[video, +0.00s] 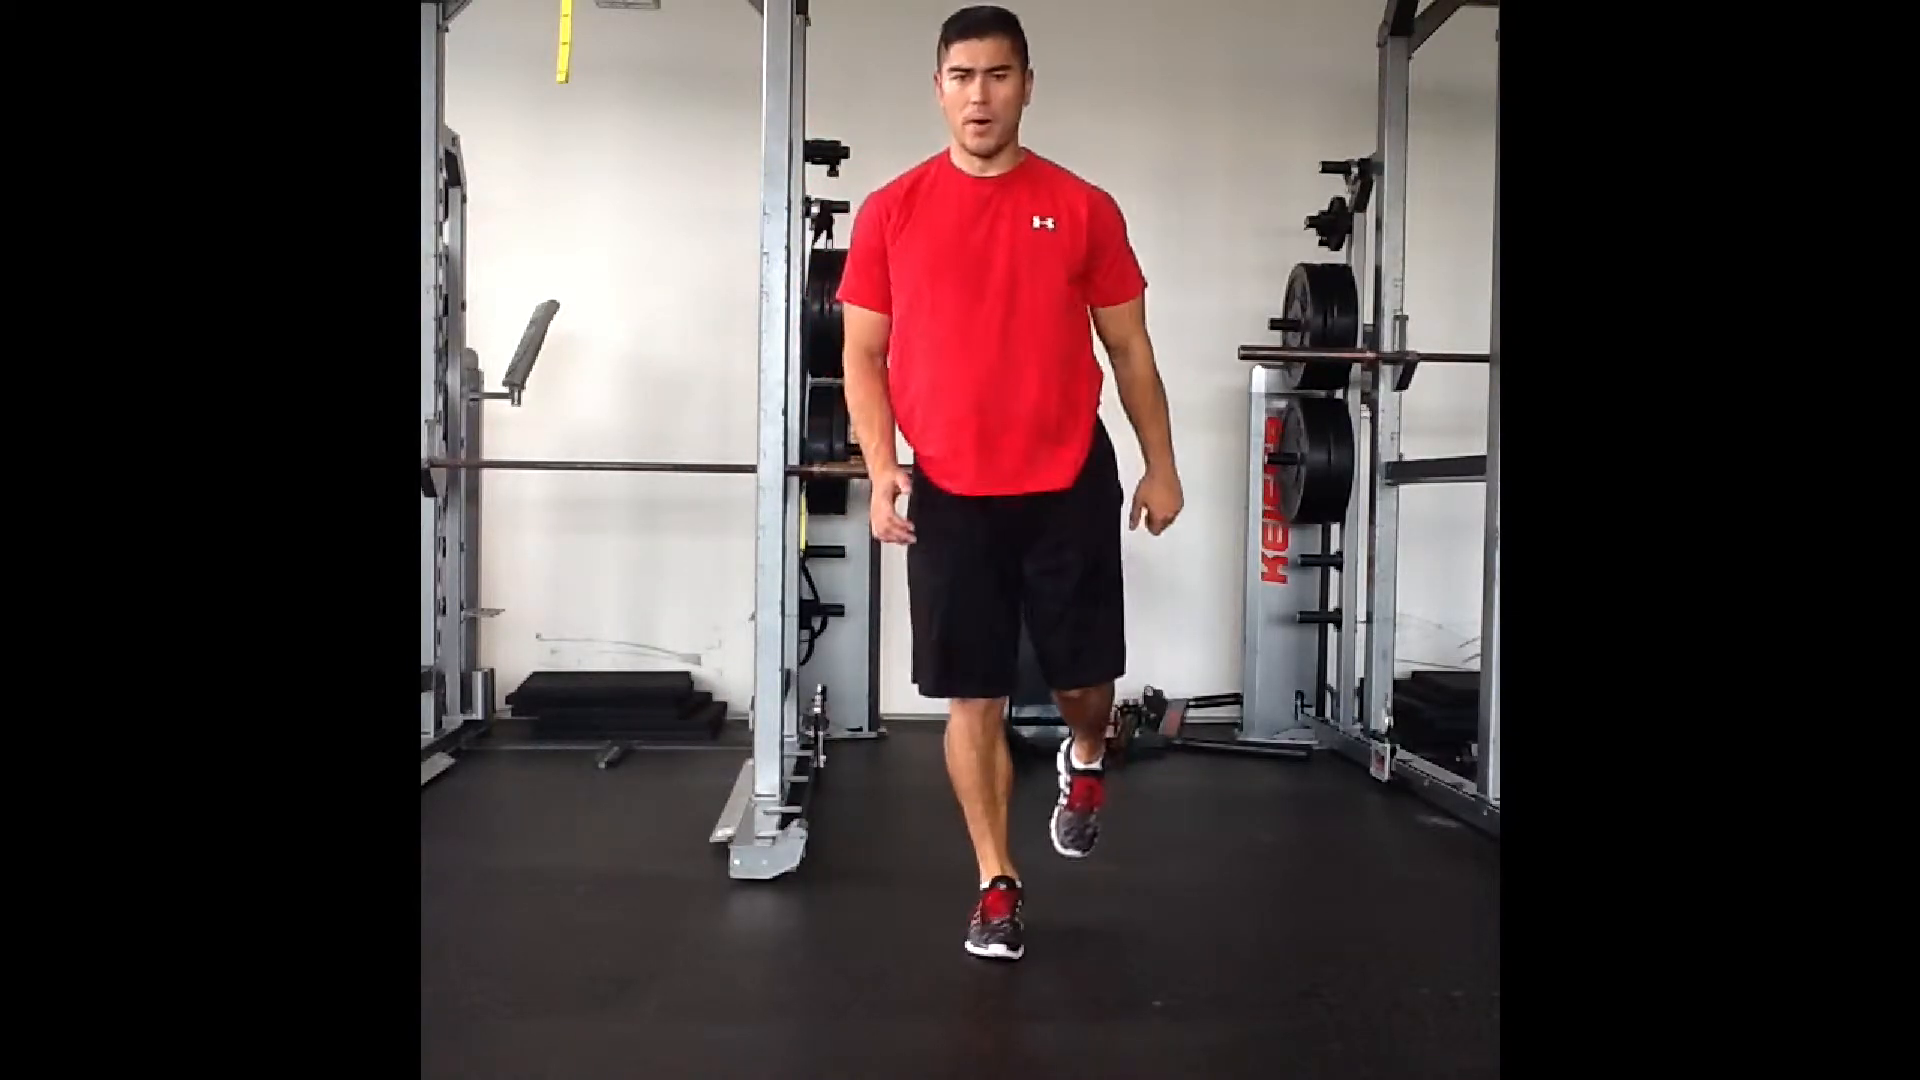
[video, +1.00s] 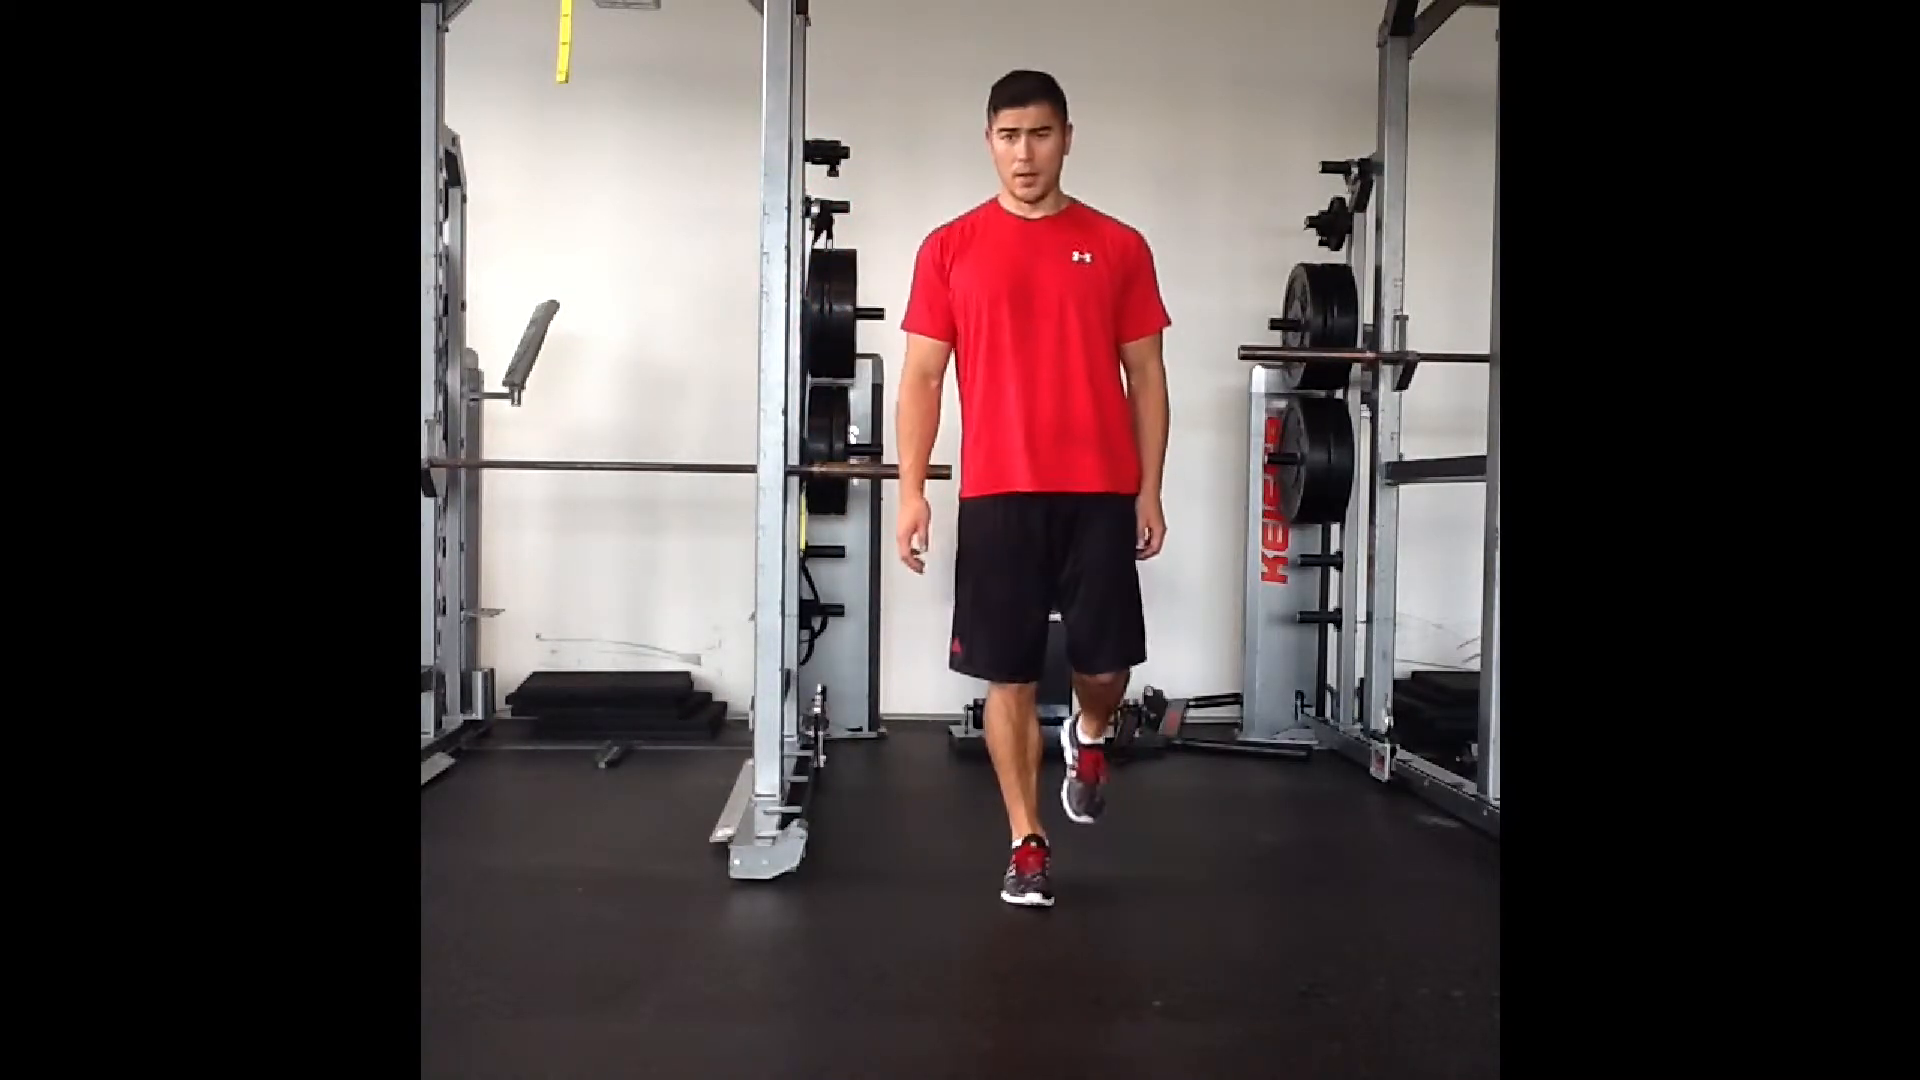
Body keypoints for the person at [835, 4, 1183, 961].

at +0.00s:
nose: (979, 94)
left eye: (997, 75)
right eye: (961, 76)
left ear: (1026, 87)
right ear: (938, 90)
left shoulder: (1082, 208)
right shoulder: (890, 214)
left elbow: (1128, 346)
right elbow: (862, 356)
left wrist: (1160, 463)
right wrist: (882, 467)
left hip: (1066, 485)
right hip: (948, 490)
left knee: (1081, 680)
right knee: (971, 693)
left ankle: (1086, 762)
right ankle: (995, 883)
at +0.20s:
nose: (1047, 194)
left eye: (1061, 178)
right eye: (1032, 179)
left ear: (1088, 167)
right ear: (1012, 172)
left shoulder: (1140, 257)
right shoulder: (976, 261)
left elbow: (1165, 380)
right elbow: (953, 383)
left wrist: (1169, 495)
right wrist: (944, 496)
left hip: (1114, 499)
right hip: (1015, 498)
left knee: (1102, 668)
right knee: (1017, 671)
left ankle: (1098, 823)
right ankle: (1024, 840)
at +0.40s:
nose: (1041, 176)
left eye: (1057, 158)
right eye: (1025, 160)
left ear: (1082, 152)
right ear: (1005, 160)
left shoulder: (1133, 253)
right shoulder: (966, 256)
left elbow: (1160, 373)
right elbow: (941, 377)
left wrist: (1165, 490)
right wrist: (940, 486)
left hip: (1111, 495)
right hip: (1012, 496)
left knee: (1103, 667)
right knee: (1018, 672)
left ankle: (1099, 819)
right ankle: (1024, 840)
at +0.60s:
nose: (1037, 171)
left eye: (1052, 152)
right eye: (1020, 154)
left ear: (1078, 147)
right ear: (1001, 155)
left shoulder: (1131, 251)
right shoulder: (964, 253)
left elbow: (1159, 373)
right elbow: (945, 379)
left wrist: (1158, 489)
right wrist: (959, 491)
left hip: (1106, 498)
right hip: (1008, 500)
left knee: (1103, 667)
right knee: (1016, 673)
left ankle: (1102, 818)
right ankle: (1025, 840)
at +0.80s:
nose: (1029, 162)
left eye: (1044, 144)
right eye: (1013, 147)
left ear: (1070, 144)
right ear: (994, 151)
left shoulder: (1123, 249)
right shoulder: (955, 251)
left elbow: (1151, 372)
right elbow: (929, 376)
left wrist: (1154, 492)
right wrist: (935, 488)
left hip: (1104, 495)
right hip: (1003, 496)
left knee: (1107, 670)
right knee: (1011, 677)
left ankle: (1105, 814)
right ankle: (1027, 841)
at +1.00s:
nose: (1026, 150)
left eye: (1041, 133)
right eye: (1010, 135)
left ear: (1066, 139)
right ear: (990, 144)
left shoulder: (1118, 247)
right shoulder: (949, 249)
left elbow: (1146, 371)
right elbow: (920, 374)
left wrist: (1149, 488)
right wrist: (913, 490)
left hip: (1099, 490)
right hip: (998, 491)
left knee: (1105, 664)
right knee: (1008, 672)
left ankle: (1088, 745)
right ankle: (1024, 842)